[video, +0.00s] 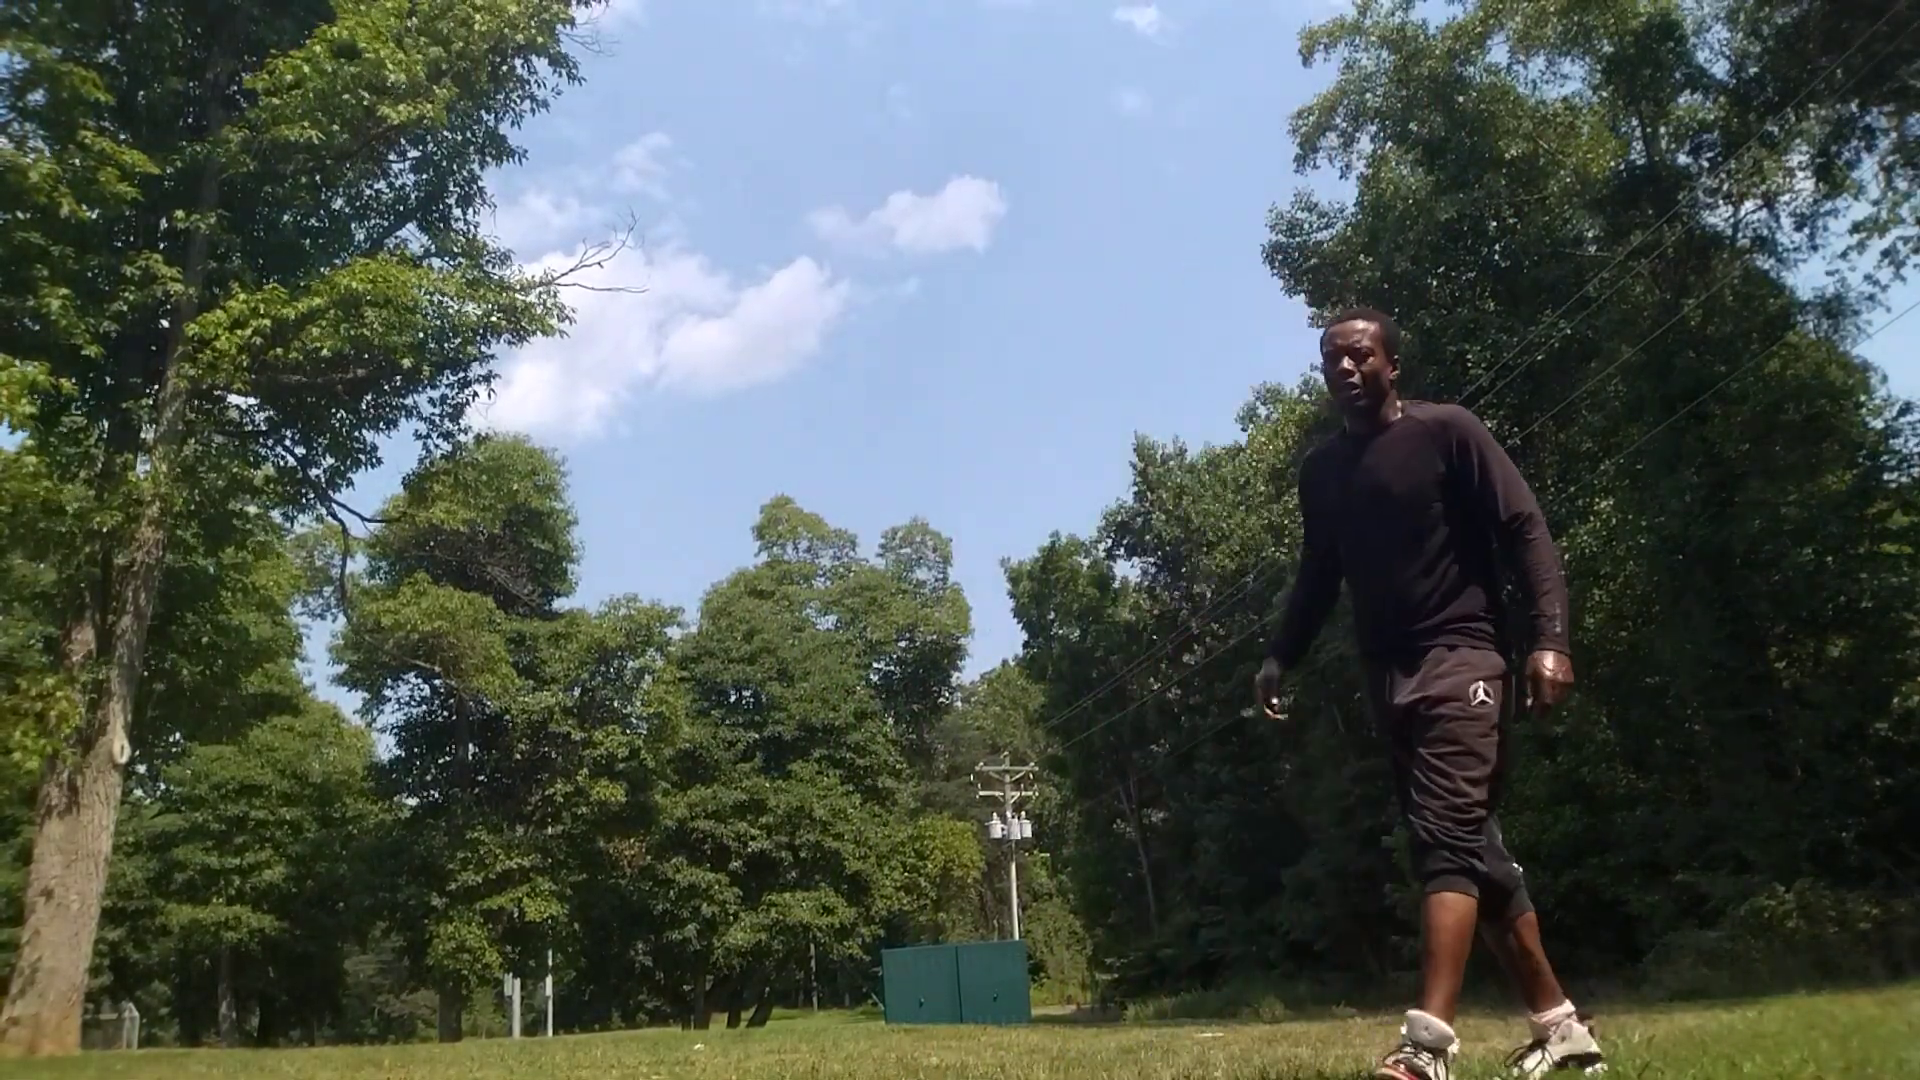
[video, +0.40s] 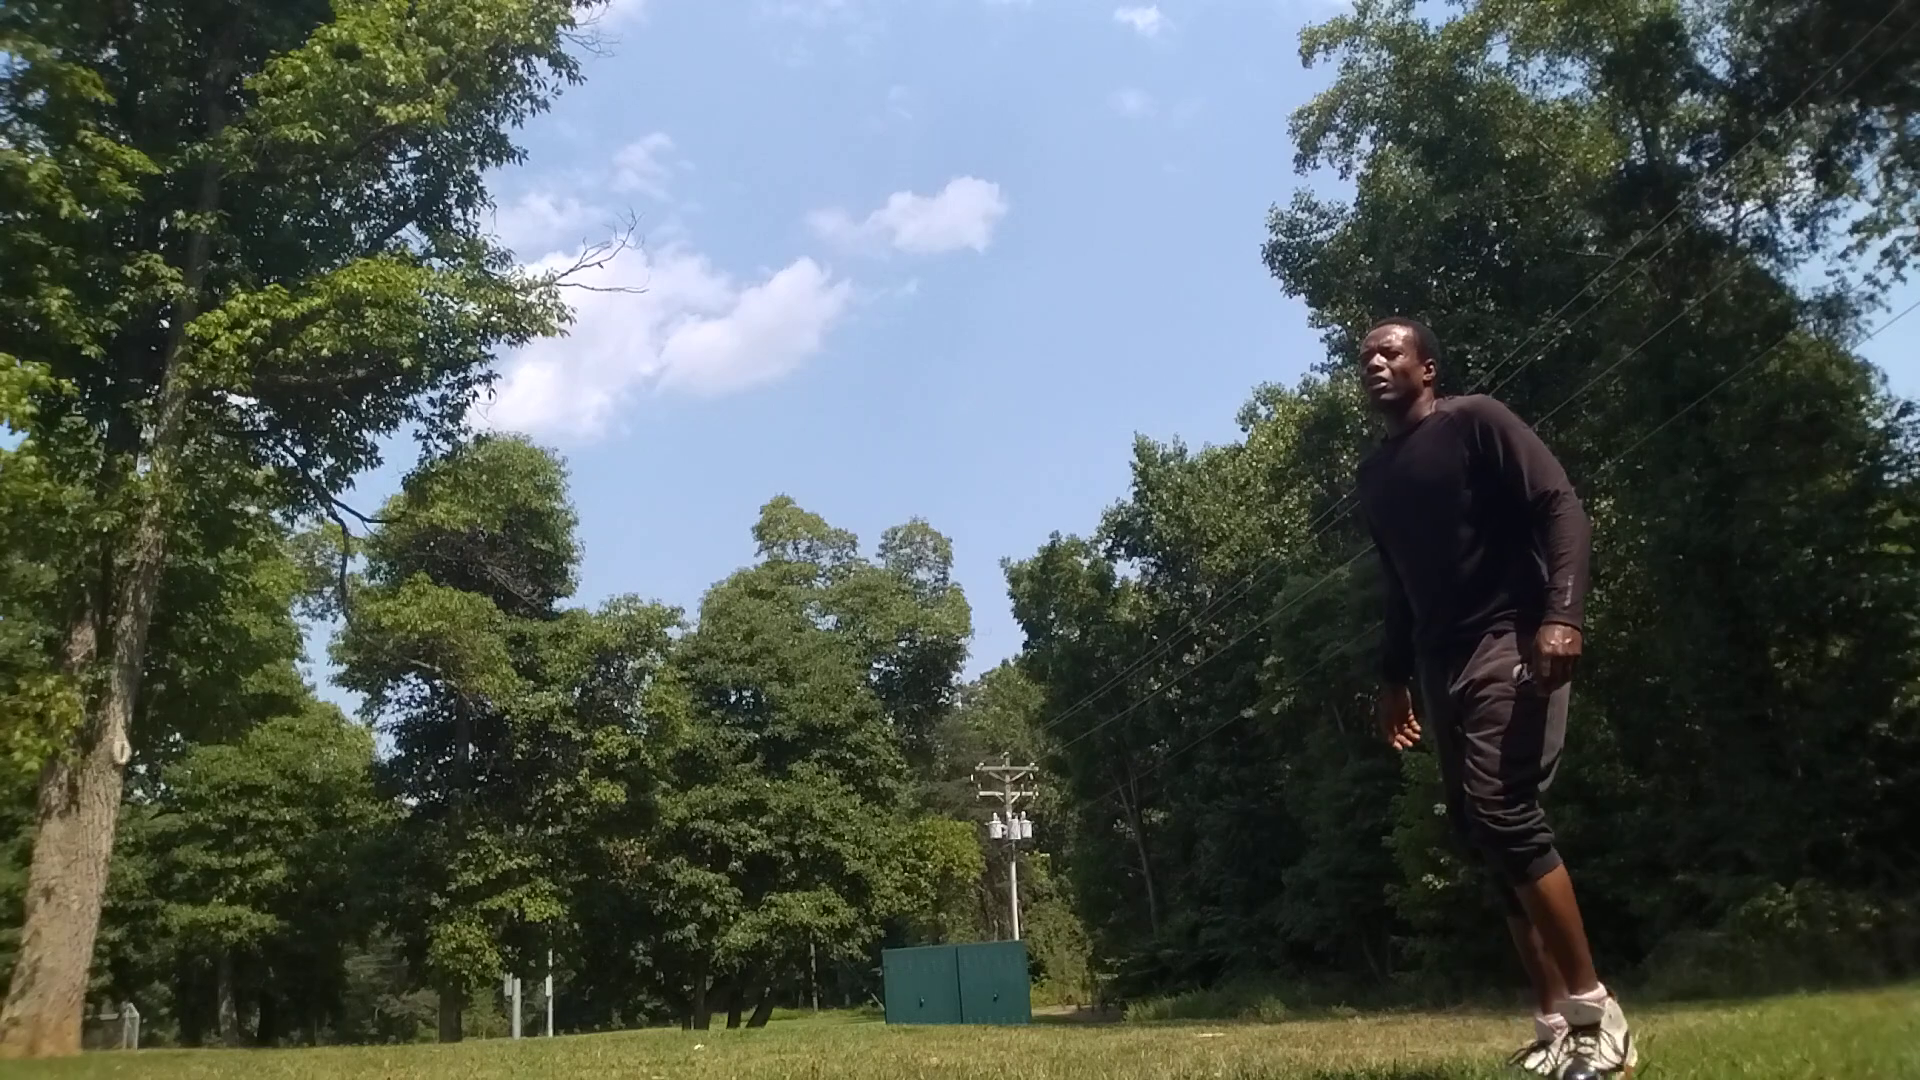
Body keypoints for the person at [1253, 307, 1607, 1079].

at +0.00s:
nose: (1347, 367)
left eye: (1361, 354)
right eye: (1334, 357)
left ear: (1393, 365)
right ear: (1323, 373)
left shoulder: (1449, 430)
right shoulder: (1323, 467)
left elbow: (1527, 527)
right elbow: (1319, 569)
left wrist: (1551, 636)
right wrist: (1280, 653)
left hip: (1461, 657)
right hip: (1392, 672)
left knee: (1446, 832)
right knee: (1465, 840)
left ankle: (1428, 1038)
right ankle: (1560, 1025)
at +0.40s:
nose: (1374, 364)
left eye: (1389, 352)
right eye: (1367, 357)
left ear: (1427, 364)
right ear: (1366, 377)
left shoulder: (1476, 417)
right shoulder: (1374, 471)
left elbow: (1561, 505)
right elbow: (1397, 583)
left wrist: (1563, 613)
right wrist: (1394, 677)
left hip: (1512, 641)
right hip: (1443, 665)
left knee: (1504, 813)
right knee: (1483, 830)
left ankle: (1595, 1012)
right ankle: (1556, 1025)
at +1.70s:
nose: (1508, 340)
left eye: (1519, 326)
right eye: (1508, 329)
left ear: (1562, 328)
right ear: (1550, 332)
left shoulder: (1625, 376)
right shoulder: (1541, 425)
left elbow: (1725, 434)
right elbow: (1569, 530)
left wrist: (1611, 472)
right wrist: (1500, 535)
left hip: (1647, 626)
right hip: (1569, 636)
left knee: (1686, 819)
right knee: (1561, 823)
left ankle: (1733, 1034)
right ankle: (1583, 1028)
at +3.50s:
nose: (1401, 365)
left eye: (1413, 349)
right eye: (1397, 358)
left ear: (1445, 354)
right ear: (1402, 375)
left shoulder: (1490, 396)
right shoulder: (1388, 464)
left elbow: (1416, 300)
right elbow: (1379, 566)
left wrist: (1350, 375)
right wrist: (1354, 583)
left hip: (1527, 615)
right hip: (1447, 645)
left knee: (1563, 801)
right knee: (1498, 828)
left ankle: (1618, 1021)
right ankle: (1568, 1024)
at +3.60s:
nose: (1413, 363)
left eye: (1426, 348)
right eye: (1410, 356)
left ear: (1458, 349)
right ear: (1417, 369)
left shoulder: (1502, 394)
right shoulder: (1395, 460)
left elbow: (1426, 294)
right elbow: (1382, 551)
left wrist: (1365, 374)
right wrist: (1362, 576)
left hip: (1534, 617)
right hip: (1455, 644)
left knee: (1562, 818)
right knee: (1500, 831)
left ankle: (1606, 1030)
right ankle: (1564, 1025)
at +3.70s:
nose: (1426, 348)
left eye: (1442, 332)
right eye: (1419, 338)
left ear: (1469, 336)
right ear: (1431, 355)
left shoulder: (1517, 390)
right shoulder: (1401, 449)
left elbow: (1448, 287)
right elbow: (1392, 541)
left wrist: (1394, 377)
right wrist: (1371, 567)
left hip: (1540, 612)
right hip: (1457, 639)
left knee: (1556, 806)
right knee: (1497, 826)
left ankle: (1607, 1030)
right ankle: (1563, 1025)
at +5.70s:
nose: (1601, 55)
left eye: (1616, 44)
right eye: (1588, 49)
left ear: (1670, 61)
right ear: (1582, 83)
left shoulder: (1787, 148)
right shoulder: (1584, 166)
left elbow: (1896, 274)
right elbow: (1524, 52)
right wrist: (1686, 69)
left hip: (1801, 455)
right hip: (1651, 484)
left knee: (1878, 726)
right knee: (1662, 740)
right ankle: (1702, 1014)